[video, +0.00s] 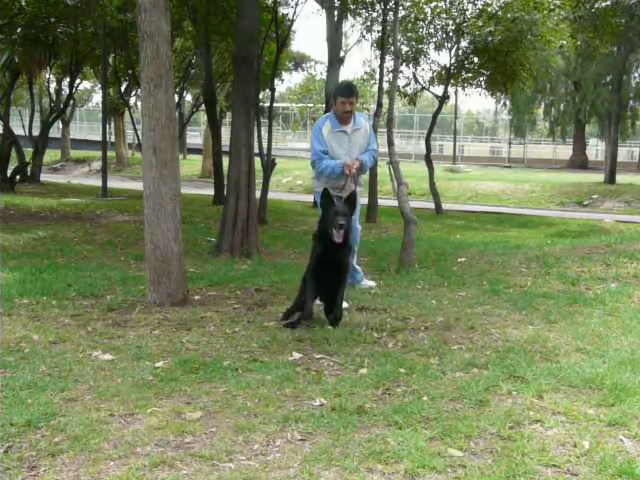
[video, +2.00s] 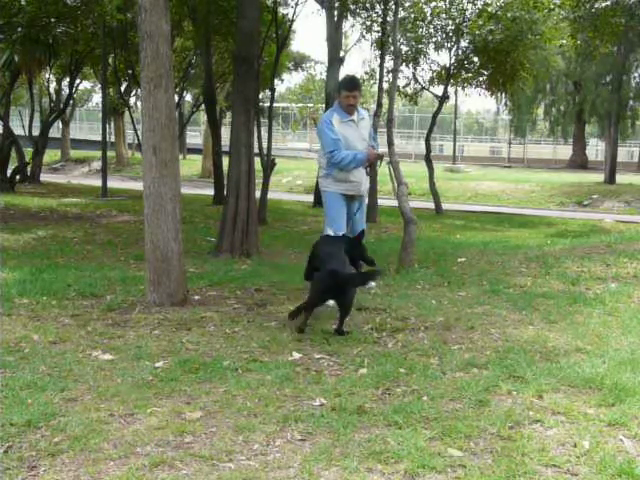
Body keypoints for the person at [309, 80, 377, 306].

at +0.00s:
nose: (347, 108)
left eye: (351, 104)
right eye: (343, 104)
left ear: (356, 103)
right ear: (333, 103)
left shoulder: (363, 122)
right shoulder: (321, 127)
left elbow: (373, 151)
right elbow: (318, 163)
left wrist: (361, 163)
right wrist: (342, 167)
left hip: (352, 189)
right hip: (328, 190)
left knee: (353, 234)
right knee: (331, 237)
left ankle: (353, 275)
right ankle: (329, 287)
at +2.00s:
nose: (351, 102)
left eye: (355, 97)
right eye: (347, 97)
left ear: (360, 97)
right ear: (338, 97)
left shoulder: (365, 117)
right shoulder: (328, 120)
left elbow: (373, 143)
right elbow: (334, 157)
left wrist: (371, 156)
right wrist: (366, 157)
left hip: (359, 185)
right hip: (334, 185)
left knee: (357, 234)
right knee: (335, 234)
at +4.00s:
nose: (358, 104)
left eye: (362, 100)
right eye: (354, 100)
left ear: (365, 101)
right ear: (343, 99)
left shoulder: (363, 121)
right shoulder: (332, 125)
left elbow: (361, 146)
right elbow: (335, 167)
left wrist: (363, 157)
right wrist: (361, 180)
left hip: (349, 187)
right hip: (329, 186)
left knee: (354, 234)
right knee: (338, 234)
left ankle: (351, 274)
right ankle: (328, 292)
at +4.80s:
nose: (356, 106)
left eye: (359, 102)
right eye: (351, 102)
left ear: (362, 102)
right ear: (340, 101)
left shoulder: (353, 125)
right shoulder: (330, 126)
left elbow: (350, 154)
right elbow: (334, 169)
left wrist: (360, 158)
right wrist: (364, 178)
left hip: (346, 190)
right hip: (327, 189)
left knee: (351, 235)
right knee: (337, 235)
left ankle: (343, 286)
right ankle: (327, 290)